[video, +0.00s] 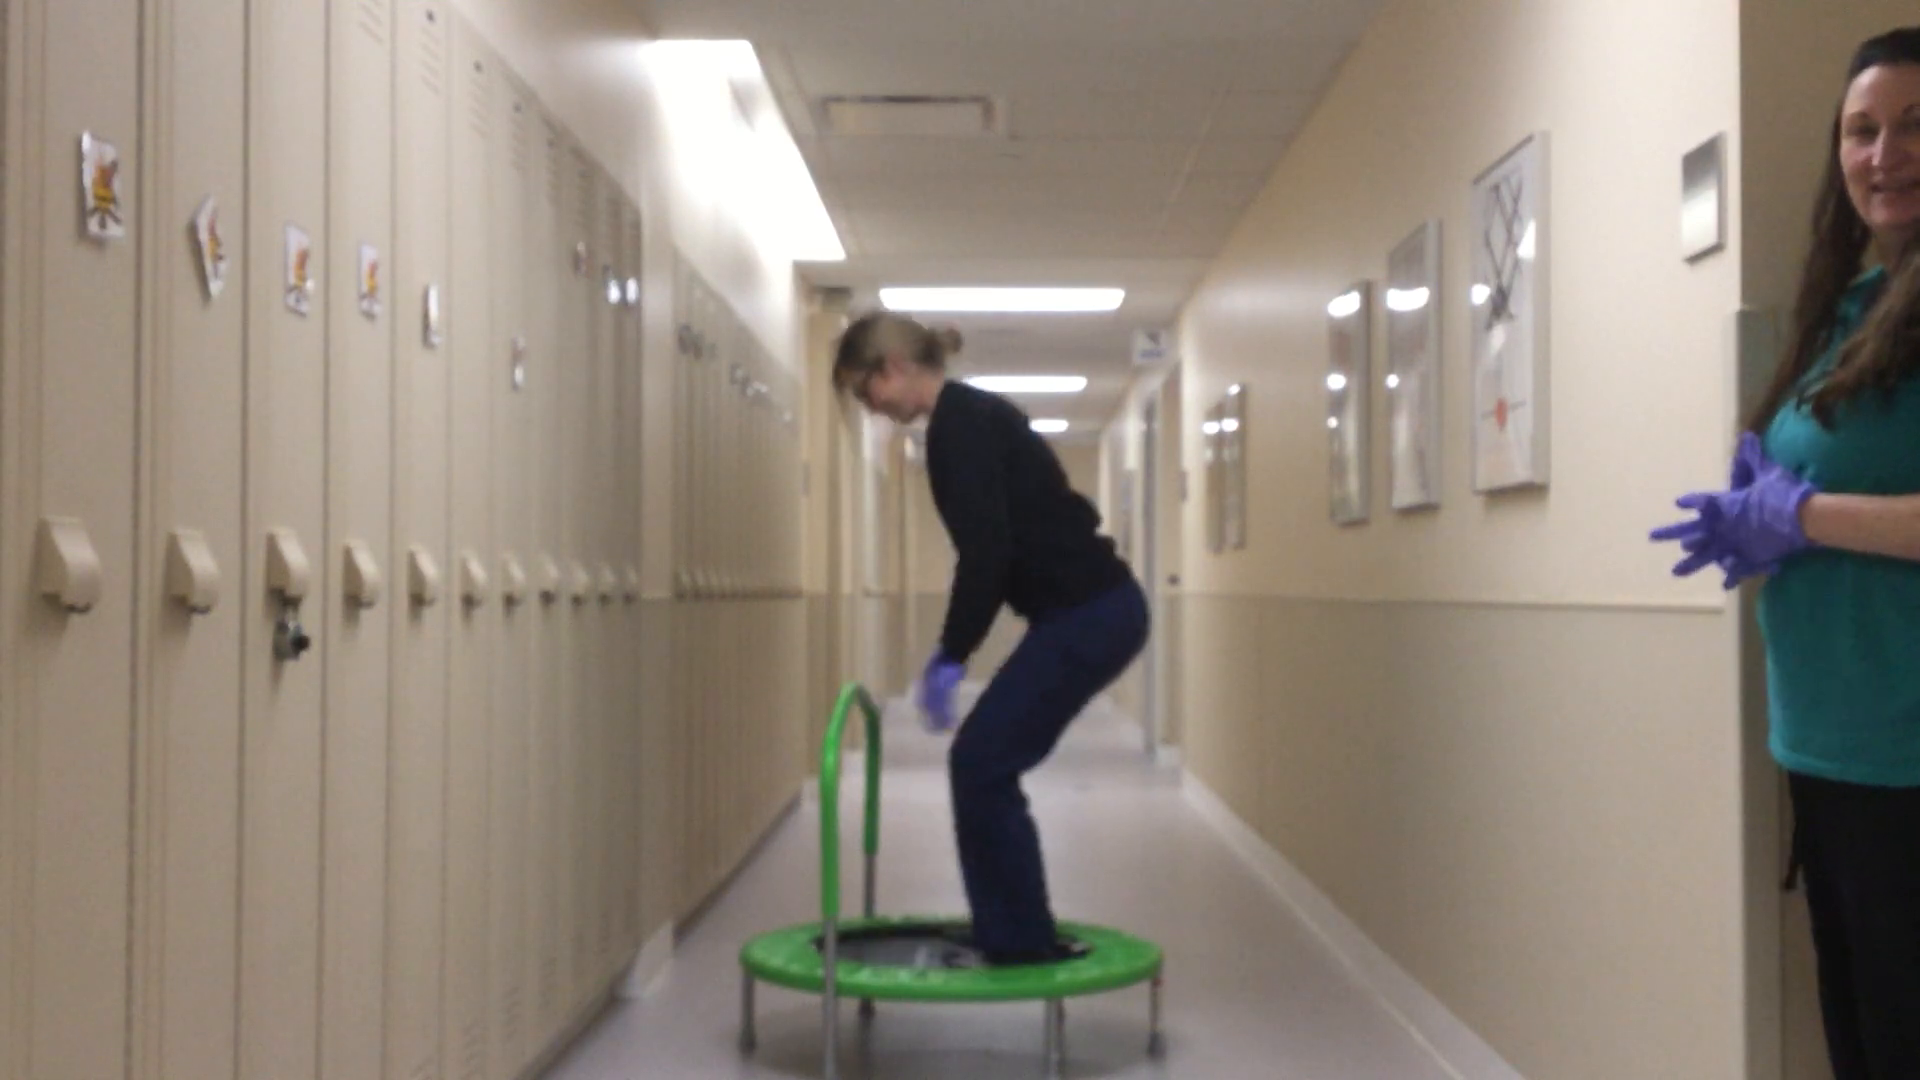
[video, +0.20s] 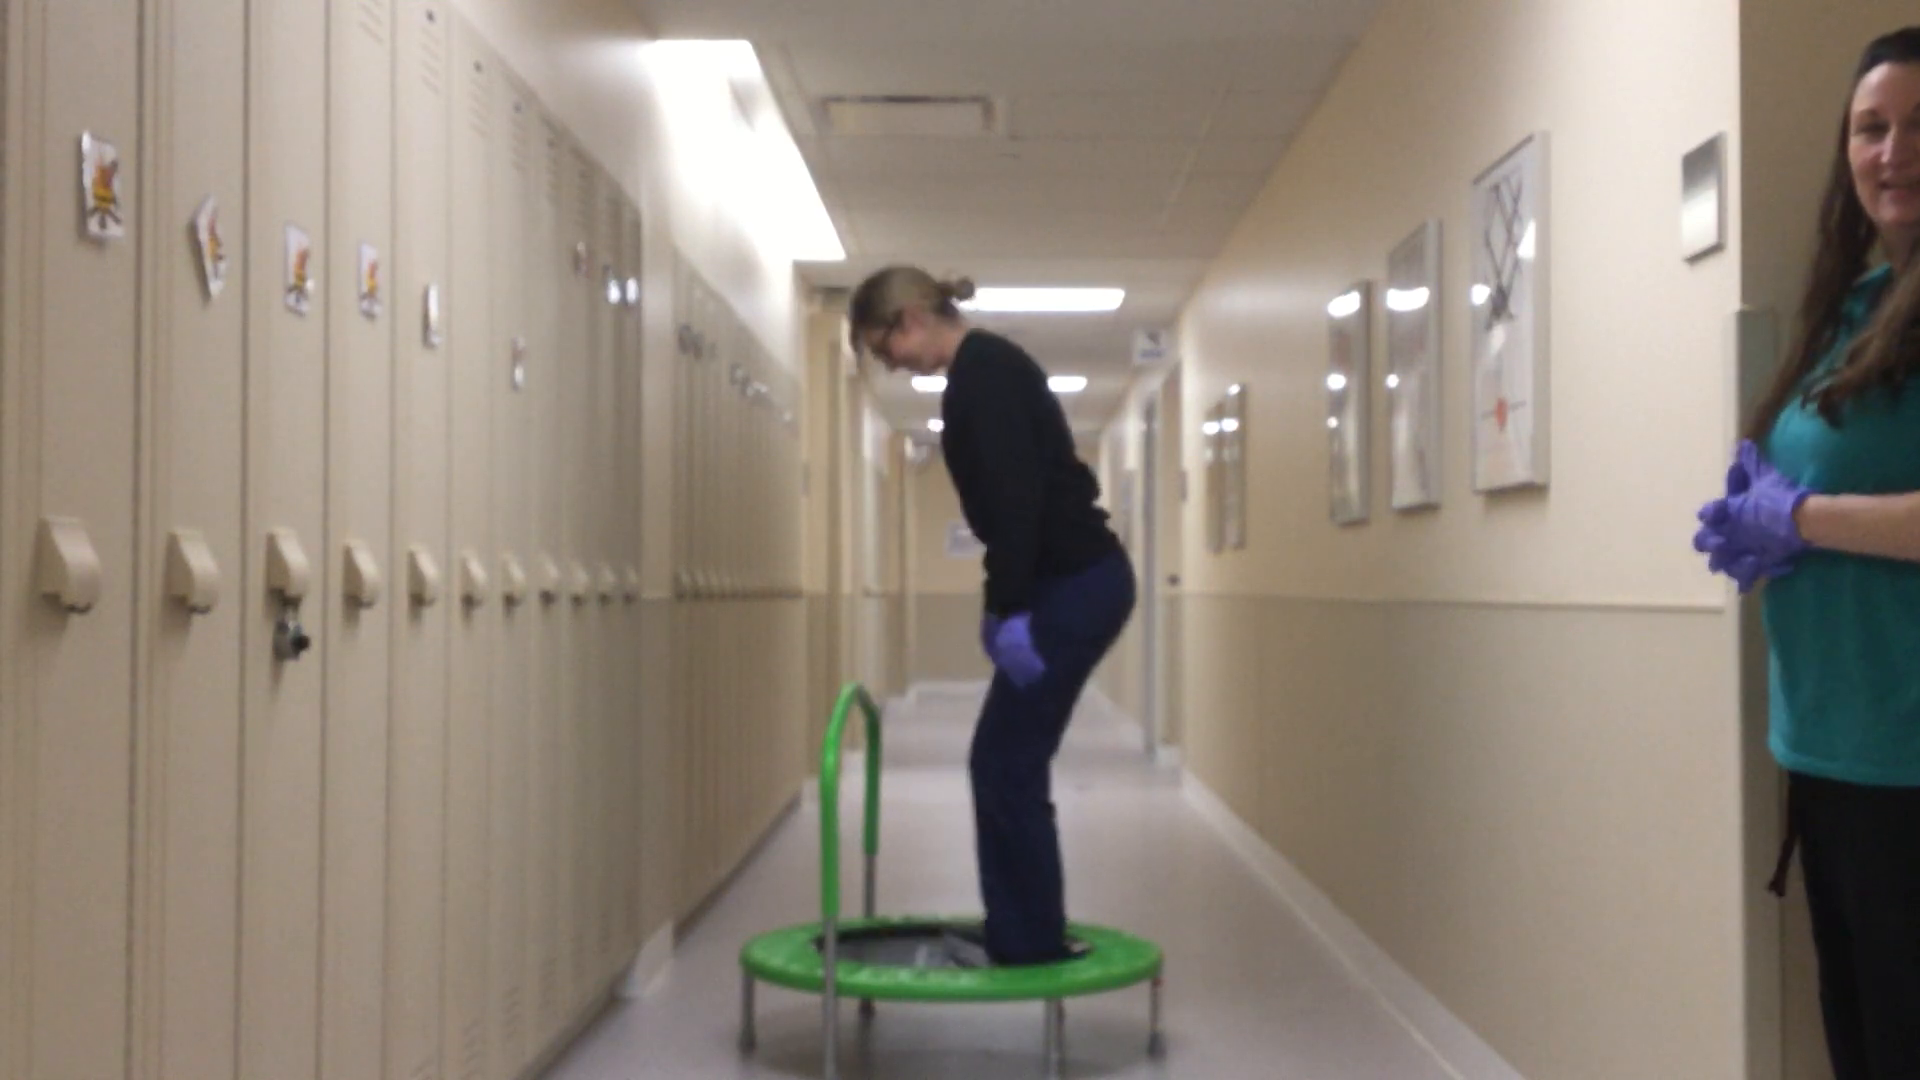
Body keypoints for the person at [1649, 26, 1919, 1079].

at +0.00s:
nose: (1885, 154)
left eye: (1910, 128)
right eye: (1863, 130)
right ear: (1837, 152)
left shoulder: (1918, 296)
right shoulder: (1843, 300)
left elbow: (1915, 519)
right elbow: (1808, 457)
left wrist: (1800, 515)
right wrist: (1759, 487)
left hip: (1899, 745)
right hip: (1823, 738)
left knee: (1896, 1029)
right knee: (1856, 1030)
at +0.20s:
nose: (1891, 151)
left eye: (1913, 127)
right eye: (1871, 128)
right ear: (1845, 150)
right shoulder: (1846, 300)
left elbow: (1915, 515)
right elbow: (1798, 456)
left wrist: (1801, 518)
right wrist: (1762, 497)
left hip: (1902, 745)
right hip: (1824, 737)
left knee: (1900, 1034)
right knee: (1856, 1032)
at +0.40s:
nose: (1891, 151)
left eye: (1913, 127)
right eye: (1872, 127)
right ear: (1847, 148)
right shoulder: (1847, 298)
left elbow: (1917, 524)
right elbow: (1803, 462)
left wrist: (1800, 523)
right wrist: (1753, 506)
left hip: (1901, 745)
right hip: (1825, 737)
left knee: (1900, 1030)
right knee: (1858, 1027)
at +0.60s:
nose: (1891, 149)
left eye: (1912, 125)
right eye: (1874, 125)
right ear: (1849, 144)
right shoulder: (1848, 296)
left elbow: (1917, 525)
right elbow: (1817, 472)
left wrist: (1798, 523)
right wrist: (1758, 506)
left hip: (1901, 742)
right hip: (1826, 733)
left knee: (1898, 1029)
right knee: (1858, 1025)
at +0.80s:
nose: (1889, 148)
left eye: (1911, 124)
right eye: (1871, 125)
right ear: (1847, 146)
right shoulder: (1846, 297)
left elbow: (1916, 525)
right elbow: (1816, 474)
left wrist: (1799, 521)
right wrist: (1757, 508)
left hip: (1902, 743)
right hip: (1826, 736)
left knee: (1899, 1033)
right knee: (1859, 1031)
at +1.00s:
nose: (1888, 146)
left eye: (1910, 122)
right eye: (1868, 125)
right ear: (1844, 147)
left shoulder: (1919, 295)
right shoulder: (1846, 296)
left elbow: (1915, 523)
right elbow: (1805, 467)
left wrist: (1798, 519)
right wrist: (1753, 502)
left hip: (1899, 743)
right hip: (1824, 735)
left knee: (1898, 1030)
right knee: (1859, 1027)